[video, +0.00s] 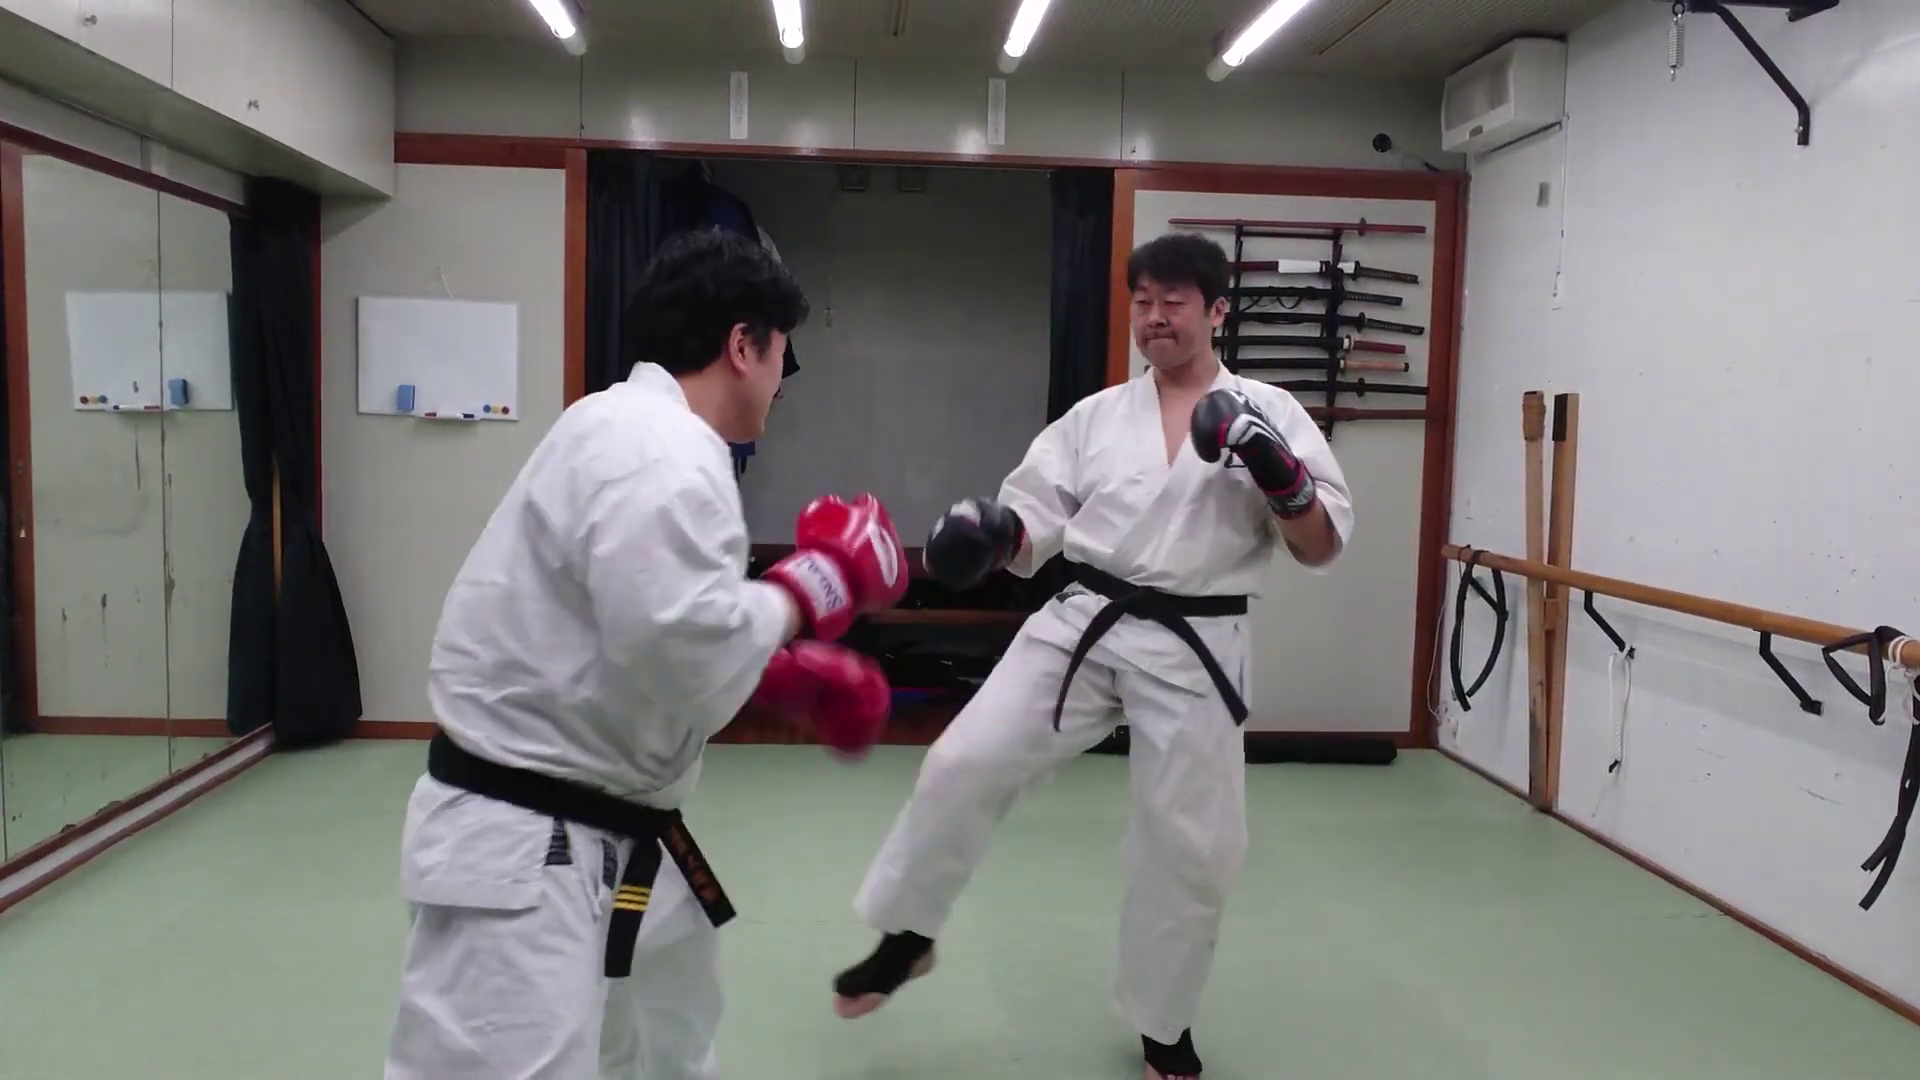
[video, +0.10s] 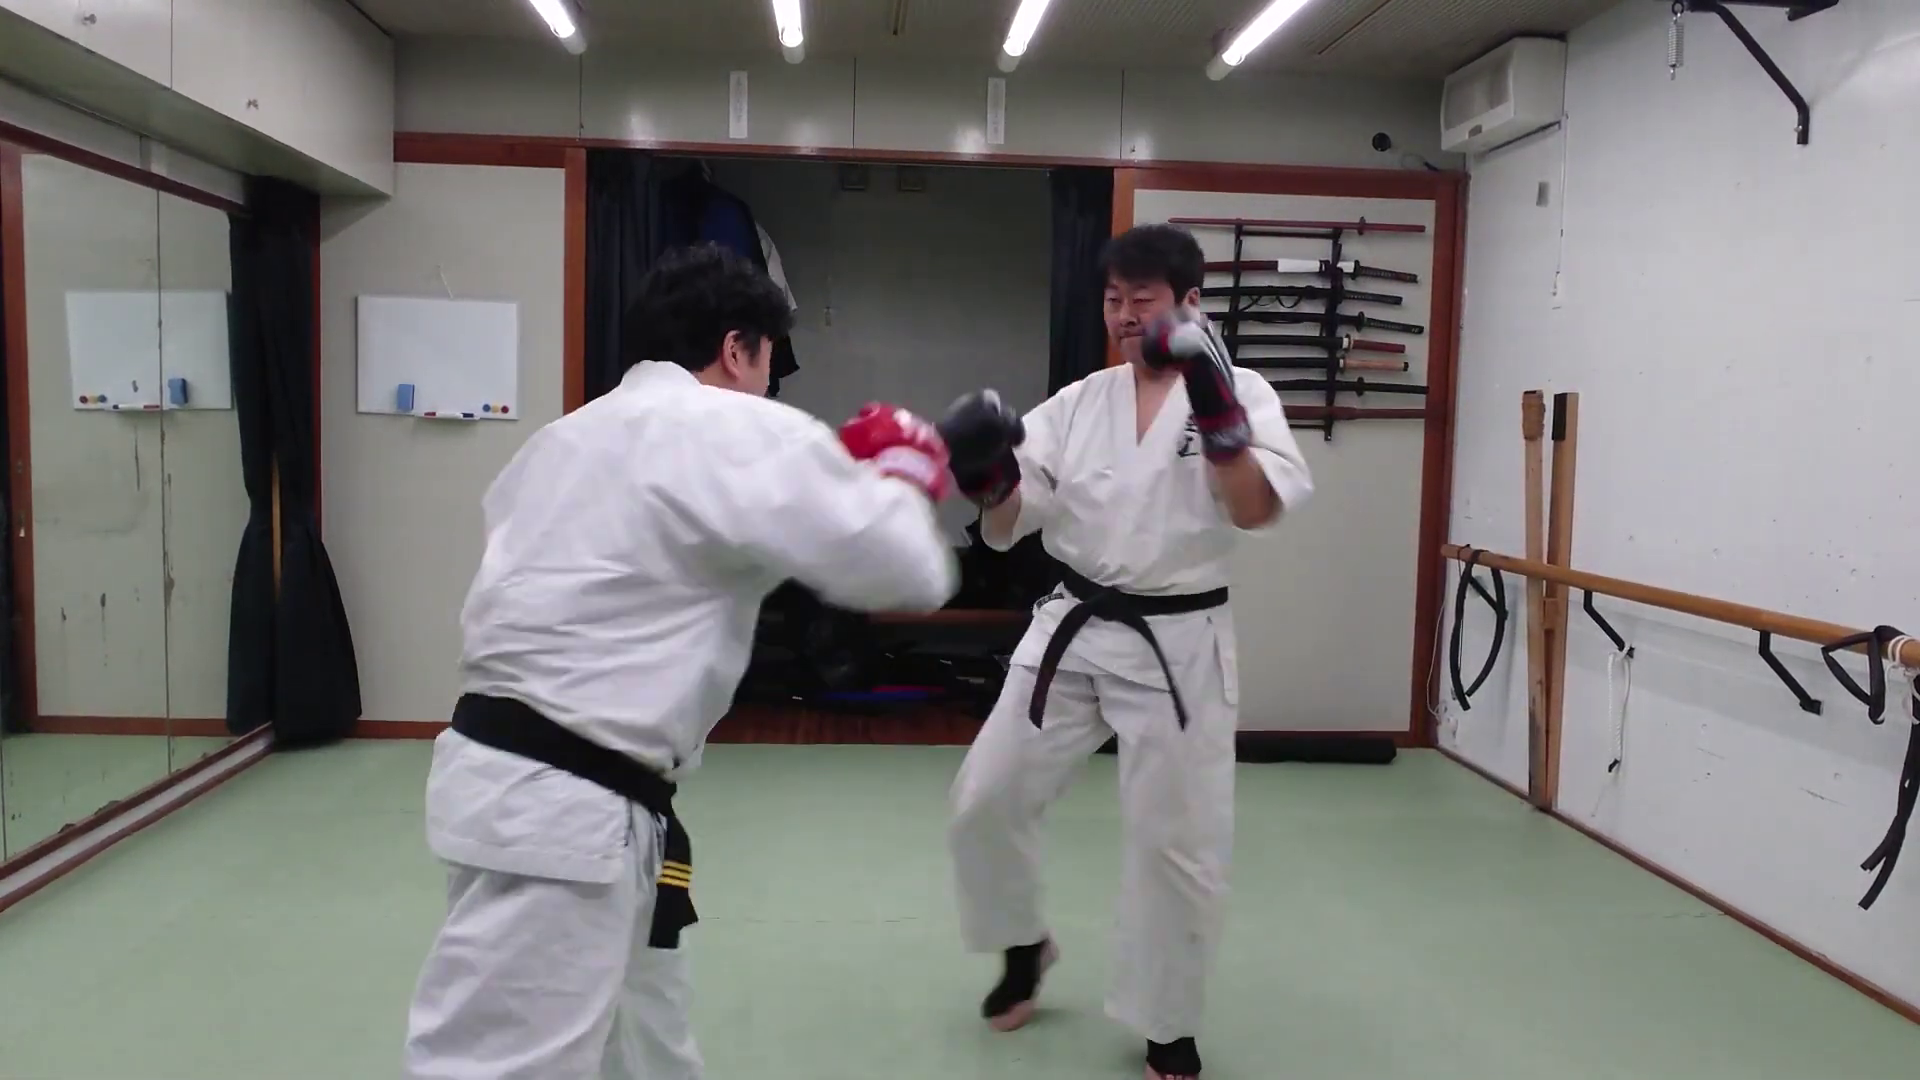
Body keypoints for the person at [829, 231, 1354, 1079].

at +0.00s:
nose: (1153, 319)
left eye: (1173, 304)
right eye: (1143, 303)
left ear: (1216, 312)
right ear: (1131, 311)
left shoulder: (1267, 415)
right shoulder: (1099, 415)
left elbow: (1322, 548)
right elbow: (1029, 521)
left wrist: (1279, 477)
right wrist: (984, 535)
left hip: (1197, 641)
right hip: (1080, 618)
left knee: (1197, 848)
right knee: (965, 762)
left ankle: (1164, 1029)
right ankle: (904, 937)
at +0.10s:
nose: (1122, 317)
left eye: (1142, 302)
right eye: (1113, 301)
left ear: (1189, 304)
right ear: (1103, 305)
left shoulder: (1238, 395)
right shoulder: (1074, 404)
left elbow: (1255, 510)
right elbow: (1007, 529)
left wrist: (1214, 405)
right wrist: (988, 477)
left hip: (1180, 638)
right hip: (1069, 624)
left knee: (1178, 846)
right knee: (982, 802)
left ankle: (1171, 1036)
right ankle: (1023, 943)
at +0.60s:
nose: (1053, 324)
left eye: (1067, 308)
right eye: (1042, 310)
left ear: (1110, 310)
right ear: (1033, 316)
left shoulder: (1163, 379)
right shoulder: (1030, 404)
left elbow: (1153, 422)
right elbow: (953, 466)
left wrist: (1115, 314)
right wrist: (887, 489)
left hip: (1132, 590)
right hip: (1047, 589)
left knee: (1017, 521)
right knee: (1051, 780)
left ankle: (995, 726)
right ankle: (1067, 962)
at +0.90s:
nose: (1022, 310)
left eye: (1041, 295)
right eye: (1012, 295)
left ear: (1084, 300)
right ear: (1001, 302)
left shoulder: (1131, 390)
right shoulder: (988, 412)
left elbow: (1193, 503)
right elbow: (986, 543)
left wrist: (1195, 590)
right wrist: (973, 629)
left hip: (1101, 584)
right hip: (1021, 601)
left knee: (1020, 651)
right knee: (1029, 781)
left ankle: (1060, 865)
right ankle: (1066, 966)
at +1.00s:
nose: (1011, 308)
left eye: (1029, 293)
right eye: (1001, 293)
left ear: (1074, 298)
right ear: (992, 302)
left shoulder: (1125, 387)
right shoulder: (978, 410)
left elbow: (1201, 488)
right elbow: (978, 539)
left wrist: (1210, 579)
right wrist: (981, 624)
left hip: (1088, 599)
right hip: (1013, 608)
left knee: (1035, 724)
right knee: (1009, 773)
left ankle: (1082, 953)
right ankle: (1057, 960)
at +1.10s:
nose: (1006, 310)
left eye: (1022, 294)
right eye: (995, 296)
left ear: (1066, 297)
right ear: (985, 304)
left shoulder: (1117, 389)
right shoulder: (966, 409)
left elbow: (1193, 499)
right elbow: (947, 533)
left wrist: (1154, 566)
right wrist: (918, 609)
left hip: (1082, 617)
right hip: (1002, 621)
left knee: (1070, 793)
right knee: (1014, 801)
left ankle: (1106, 991)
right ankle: (1058, 969)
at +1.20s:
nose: (1004, 305)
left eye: (1021, 289)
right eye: (995, 292)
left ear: (1069, 295)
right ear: (987, 304)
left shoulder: (1103, 389)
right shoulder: (969, 402)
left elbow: (1069, 481)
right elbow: (937, 530)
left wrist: (978, 420)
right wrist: (907, 591)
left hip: (1098, 617)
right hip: (1007, 623)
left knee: (1120, 812)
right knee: (961, 789)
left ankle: (1164, 966)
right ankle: (1020, 937)